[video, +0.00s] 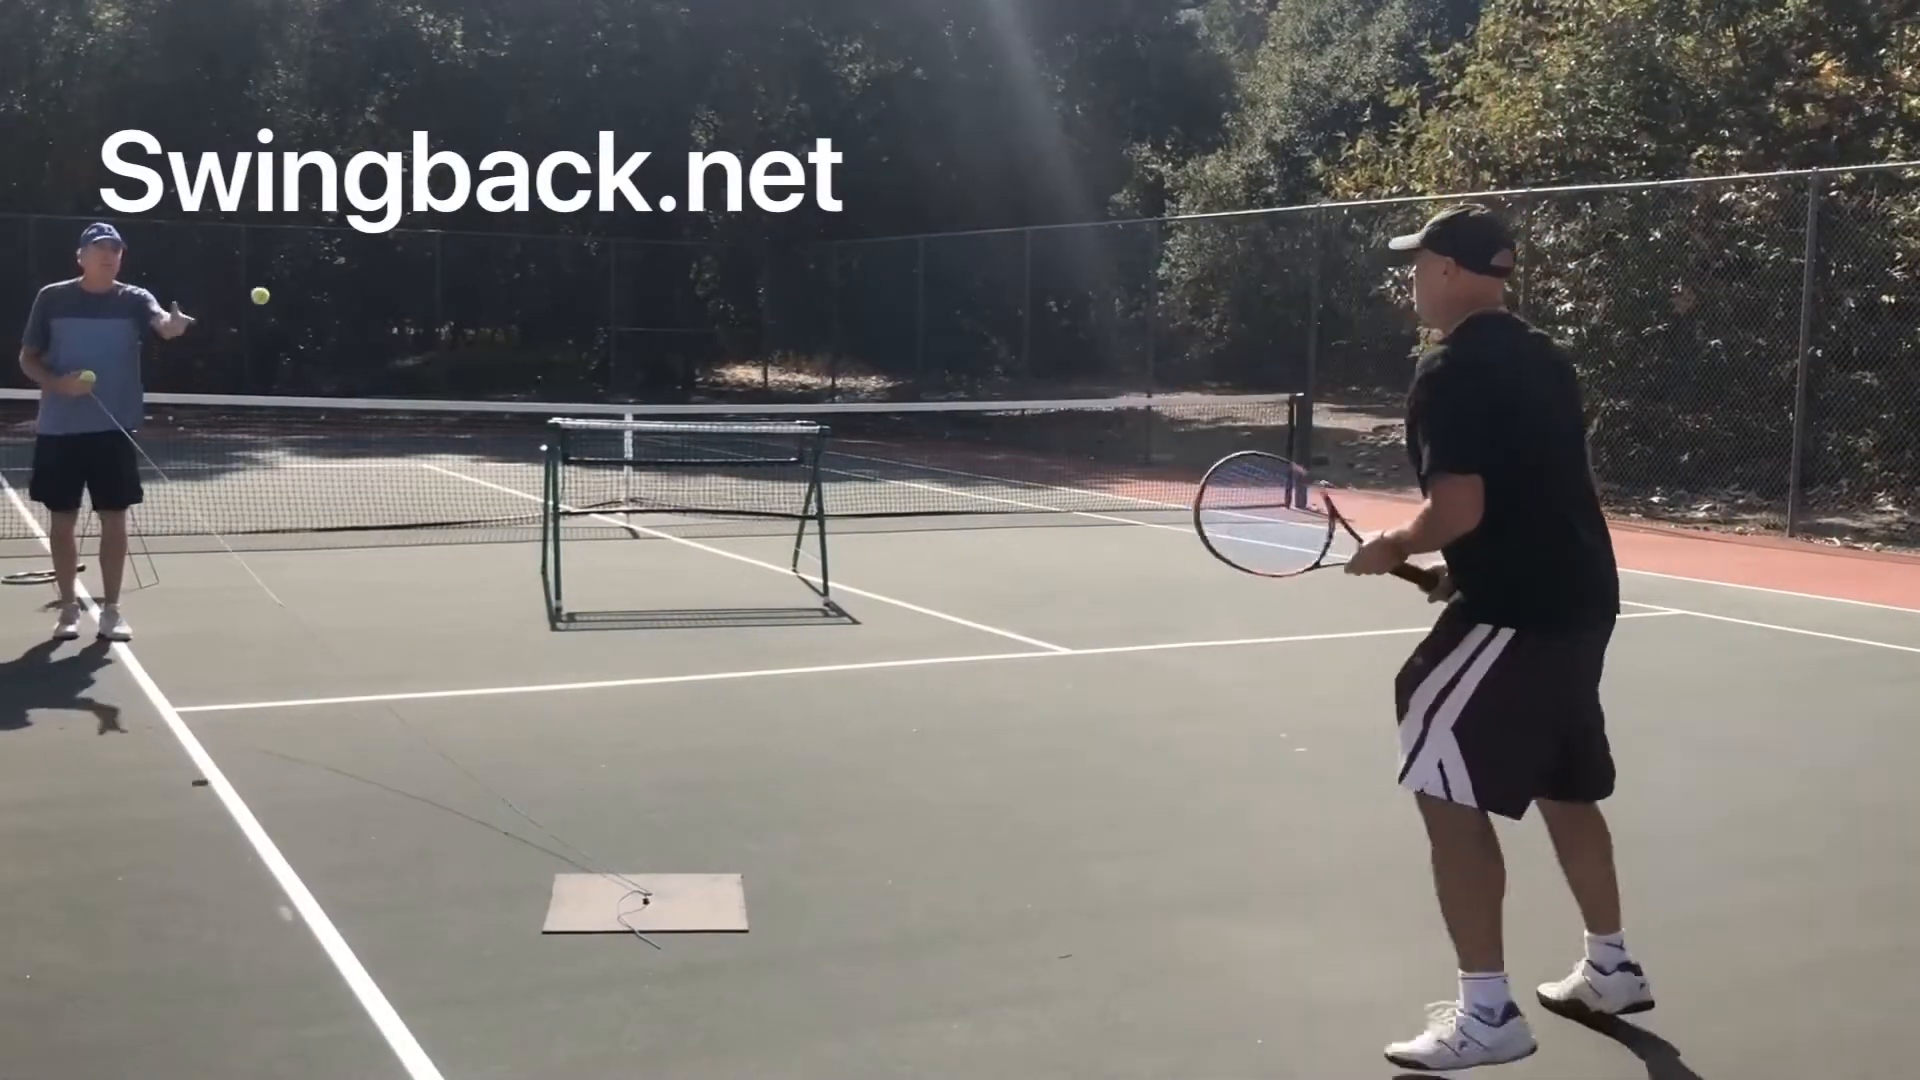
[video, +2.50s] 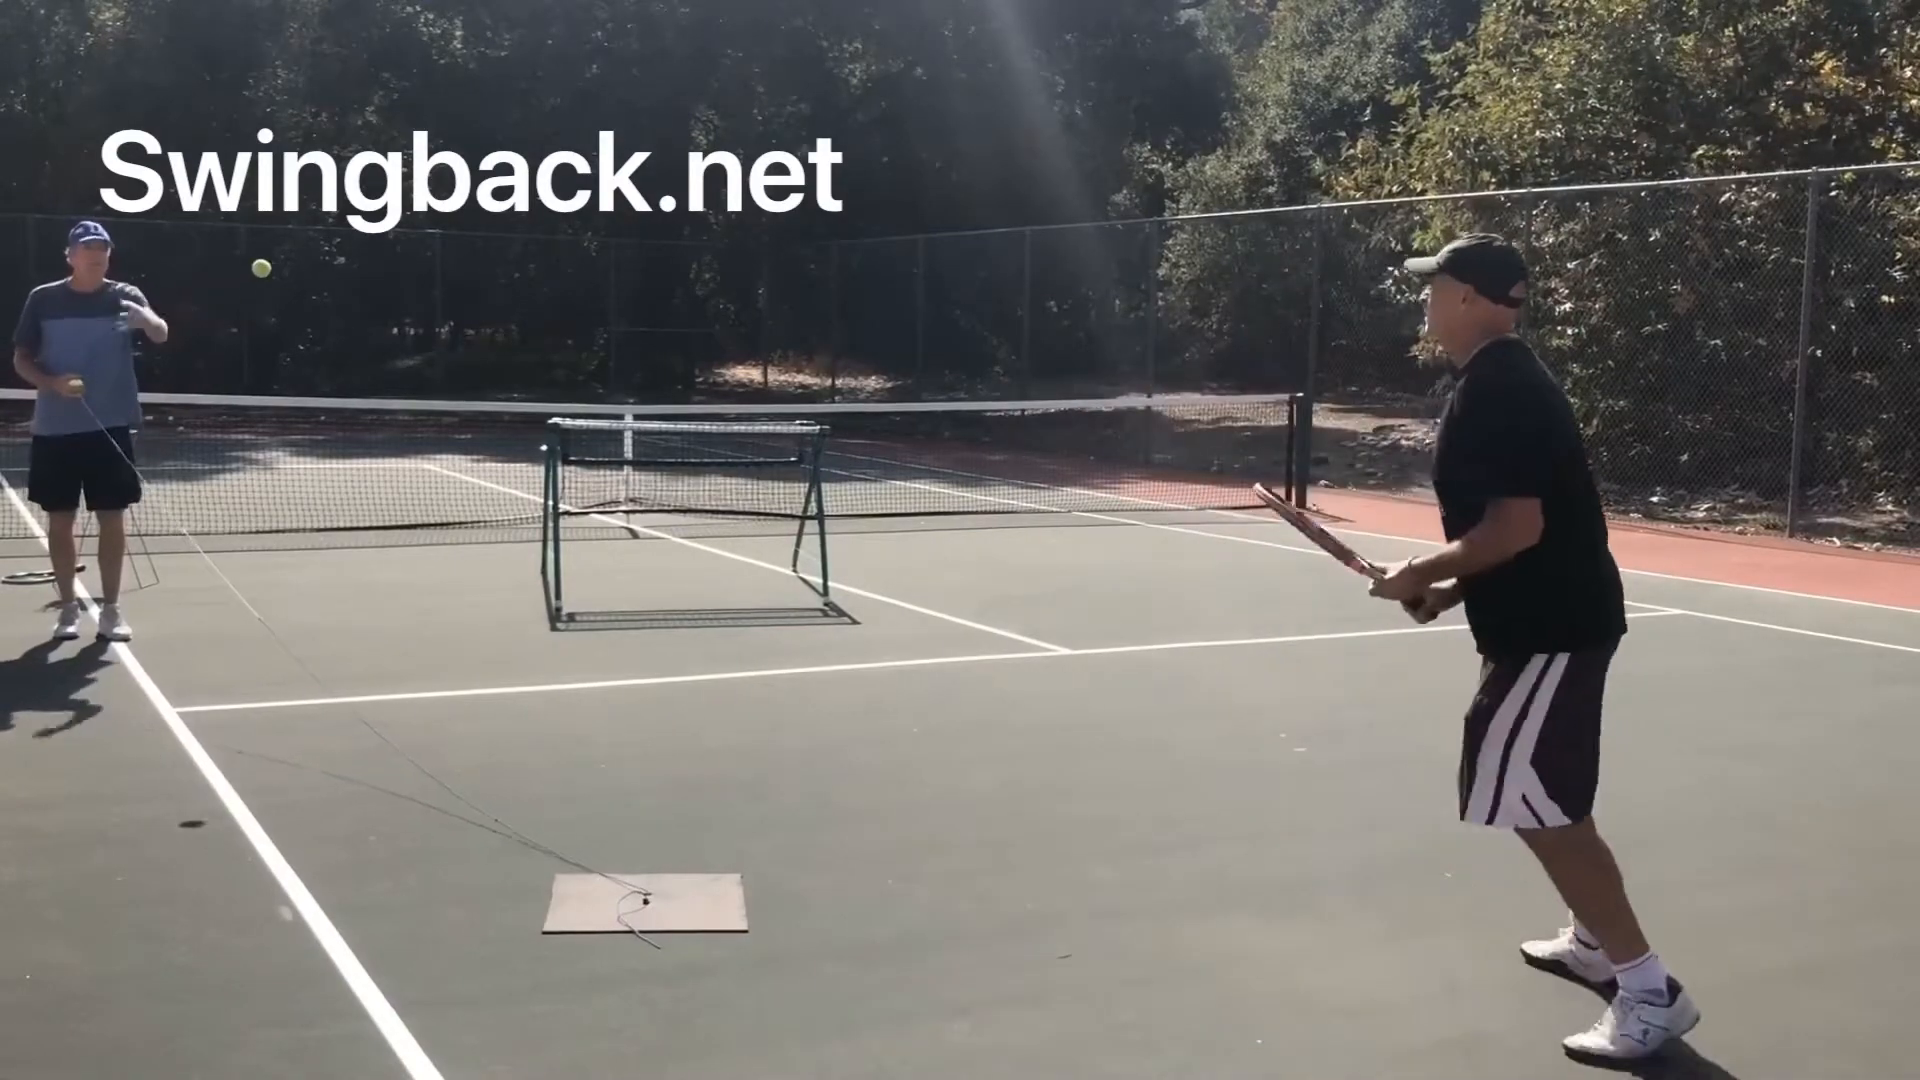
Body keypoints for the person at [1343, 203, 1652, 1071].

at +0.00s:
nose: (1411, 282)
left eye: (1420, 268)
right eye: (1415, 268)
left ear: (1455, 275)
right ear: (1491, 279)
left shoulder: (1456, 369)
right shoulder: (1543, 357)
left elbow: (1458, 508)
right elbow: (1552, 496)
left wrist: (1393, 541)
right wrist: (1453, 561)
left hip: (1514, 610)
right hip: (1581, 602)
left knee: (1442, 776)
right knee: (1562, 779)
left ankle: (1487, 1011)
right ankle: (1613, 967)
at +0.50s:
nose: (1394, 318)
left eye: (1406, 302)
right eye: (1396, 303)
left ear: (1456, 311)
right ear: (1443, 313)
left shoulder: (1511, 391)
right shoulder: (1433, 395)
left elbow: (1564, 512)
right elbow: (1394, 481)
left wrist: (1435, 499)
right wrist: (1365, 525)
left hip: (1541, 638)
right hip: (1515, 634)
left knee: (1458, 792)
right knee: (1550, 812)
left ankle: (1555, 994)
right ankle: (1639, 980)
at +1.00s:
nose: (1193, 348)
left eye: (1203, 334)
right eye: (1192, 336)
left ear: (1247, 335)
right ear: (1229, 339)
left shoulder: (1320, 394)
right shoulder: (1210, 406)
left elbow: (1370, 468)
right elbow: (1187, 454)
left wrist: (1321, 396)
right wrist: (1217, 457)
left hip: (1357, 625)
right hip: (1276, 616)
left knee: (1371, 789)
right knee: (1193, 739)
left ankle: (1467, 969)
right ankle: (1141, 870)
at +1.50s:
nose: (1098, 388)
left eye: (1108, 373)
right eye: (1098, 376)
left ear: (1155, 368)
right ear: (1143, 375)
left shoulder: (1193, 415)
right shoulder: (1174, 428)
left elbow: (1234, 402)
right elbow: (1300, 423)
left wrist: (1287, 379)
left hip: (1274, 628)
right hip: (1222, 622)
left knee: (1178, 763)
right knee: (1135, 722)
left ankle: (1331, 874)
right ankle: (1126, 869)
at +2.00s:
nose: (1339, 296)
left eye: (1346, 284)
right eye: (1343, 283)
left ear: (1371, 289)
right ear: (1415, 294)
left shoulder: (1354, 381)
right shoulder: (1459, 374)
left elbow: (1340, 509)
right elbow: (1501, 494)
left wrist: (1258, 557)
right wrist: (1438, 551)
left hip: (1370, 613)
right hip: (1447, 609)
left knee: (1318, 754)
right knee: (1431, 748)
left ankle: (1312, 927)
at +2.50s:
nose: (1428, 306)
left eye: (1439, 293)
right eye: (1431, 293)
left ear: (1479, 305)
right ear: (1492, 306)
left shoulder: (1504, 385)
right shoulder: (1496, 379)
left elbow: (1517, 525)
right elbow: (1517, 523)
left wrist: (1420, 572)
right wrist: (1445, 585)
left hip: (1558, 628)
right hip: (1540, 624)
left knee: (1535, 796)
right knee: (1535, 785)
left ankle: (1650, 990)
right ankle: (1601, 941)